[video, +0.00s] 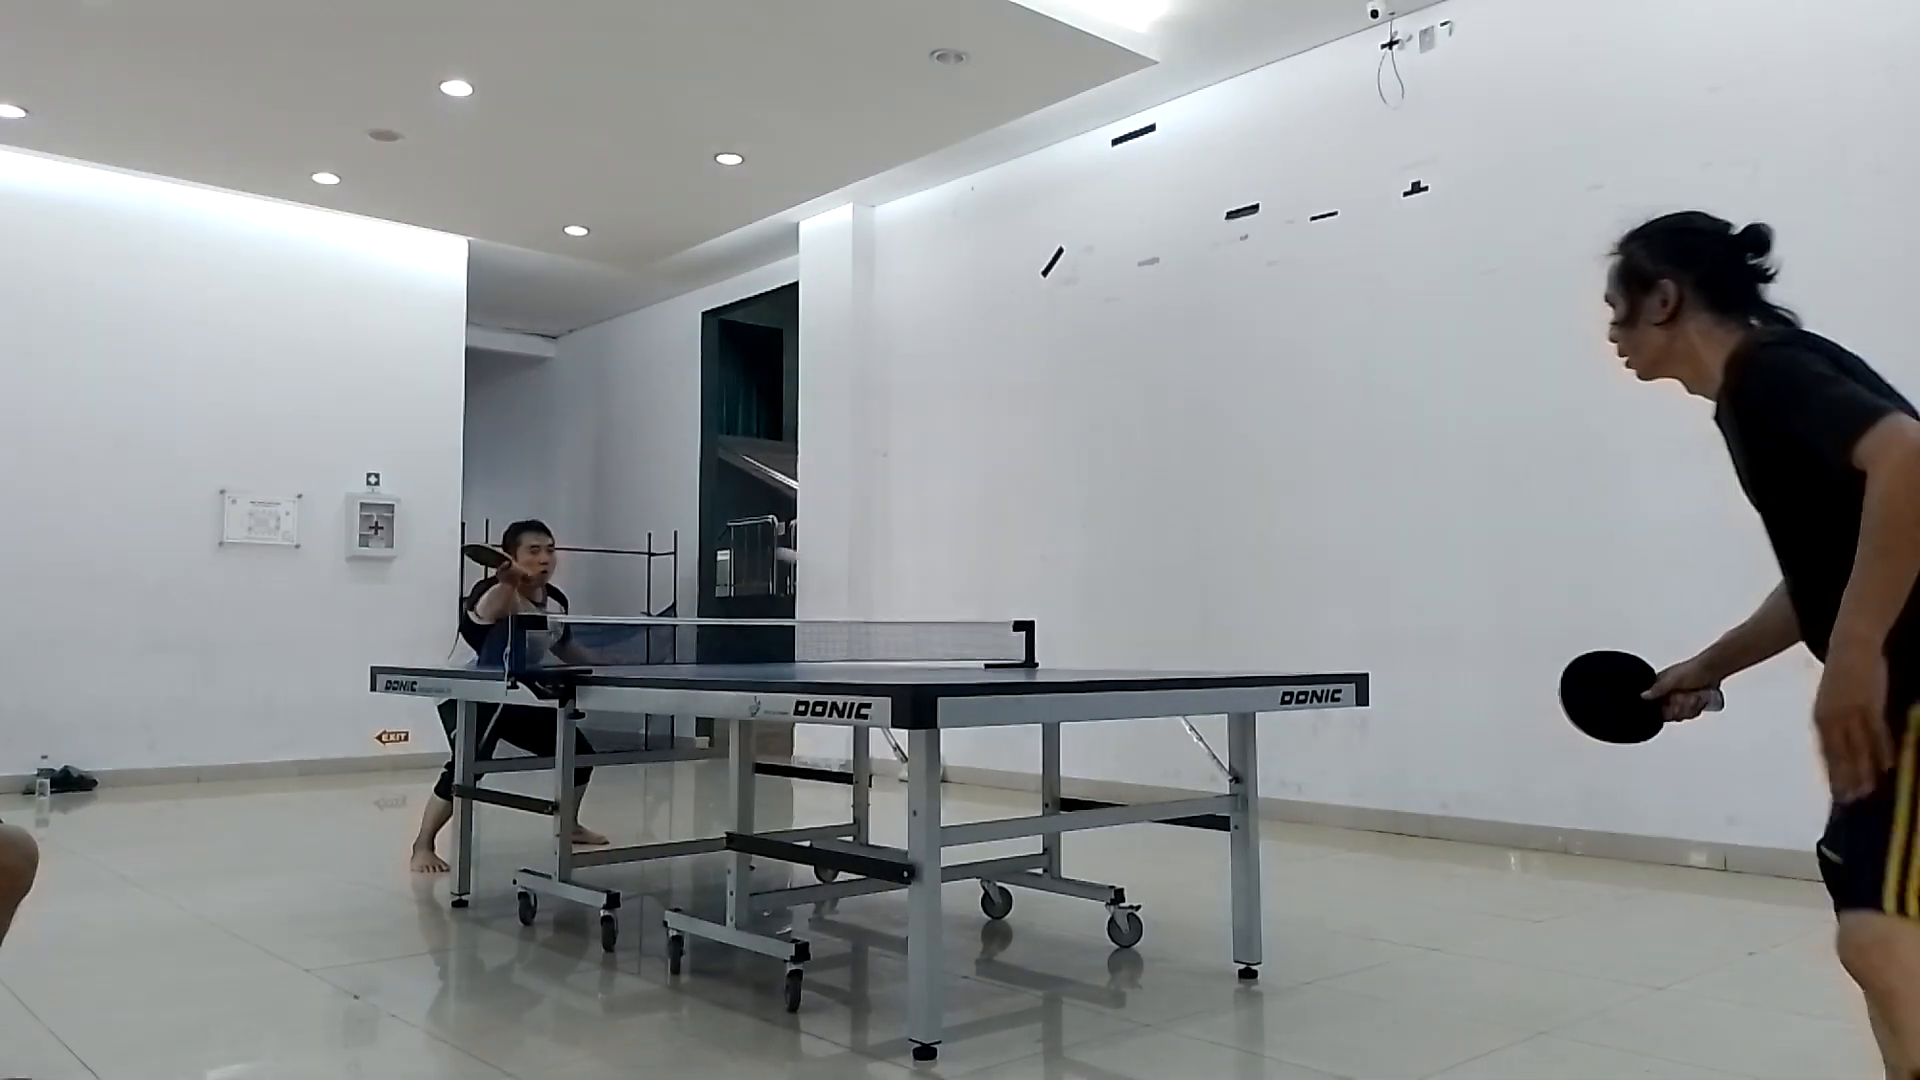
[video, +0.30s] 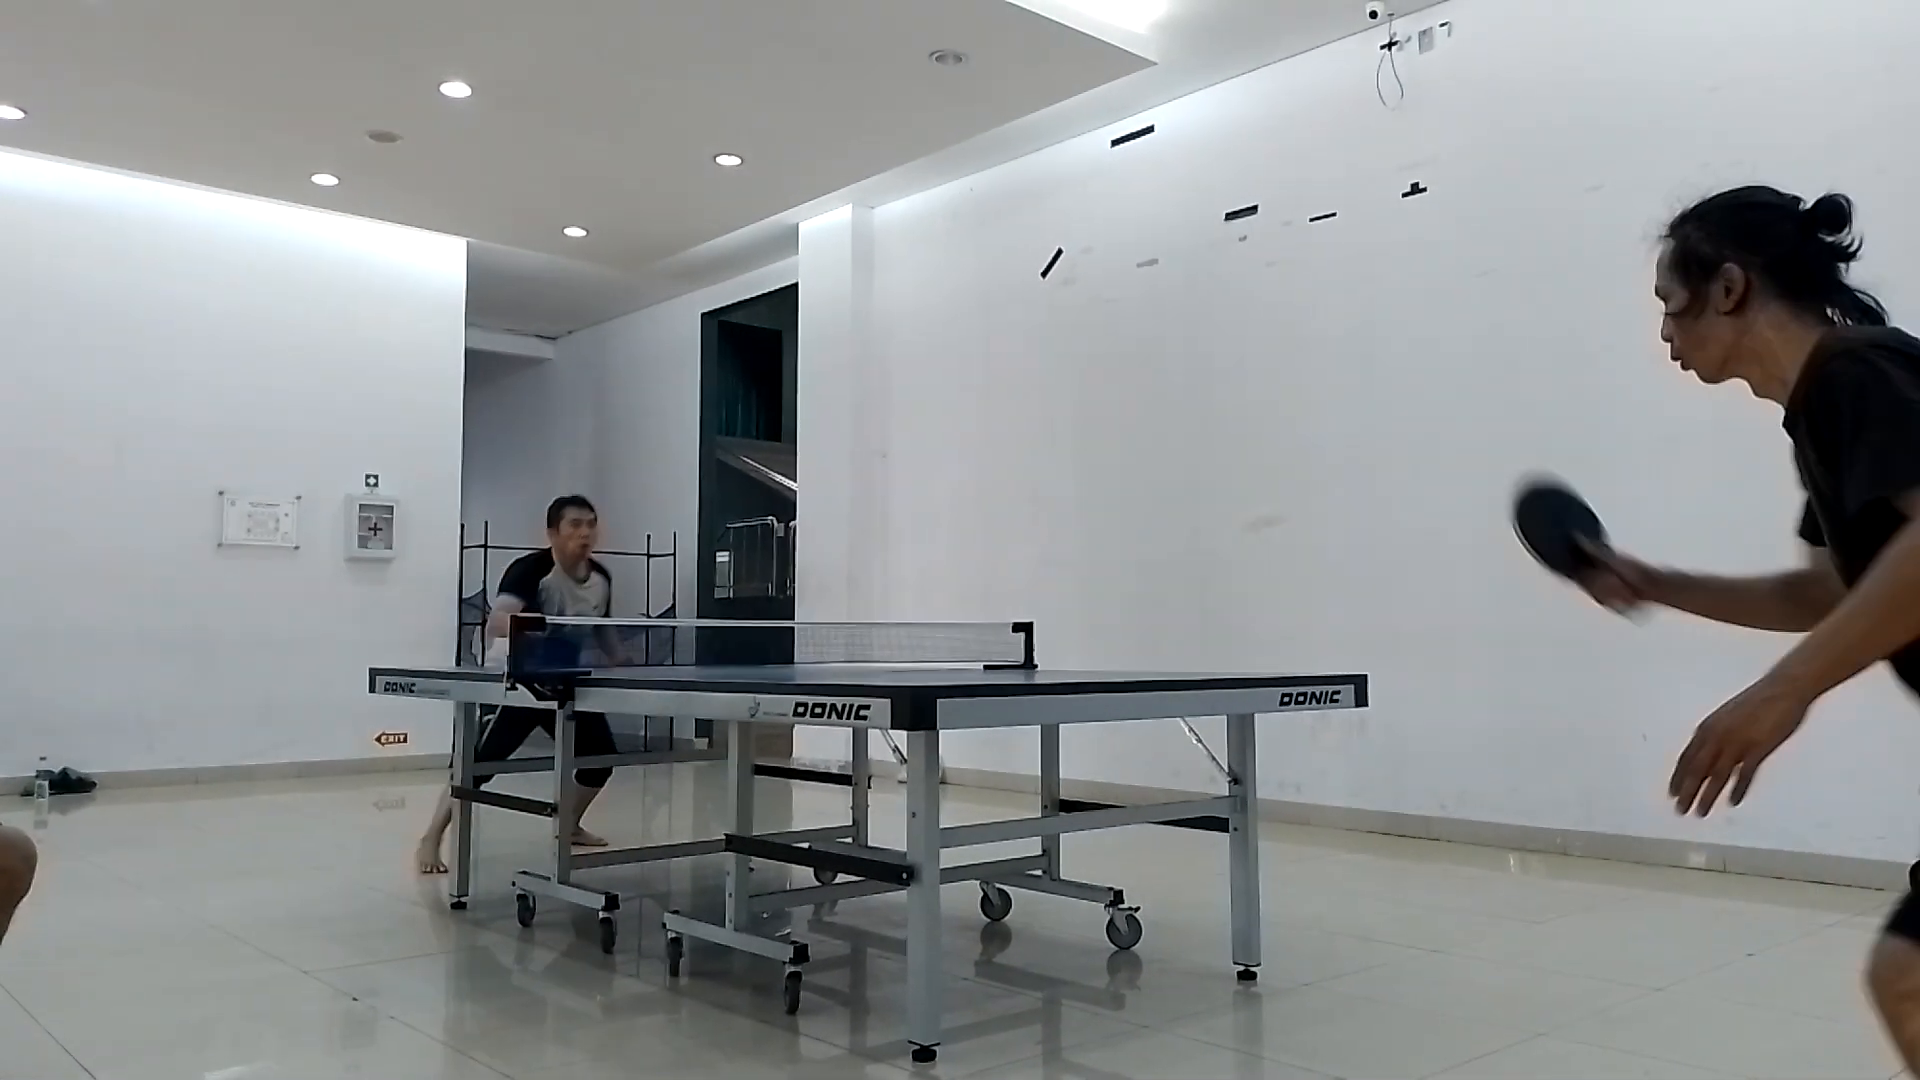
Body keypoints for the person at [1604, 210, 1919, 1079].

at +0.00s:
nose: (1614, 332)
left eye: (1619, 307)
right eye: (1611, 312)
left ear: (1670, 297)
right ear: (1676, 299)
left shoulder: (1771, 370)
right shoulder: (1750, 396)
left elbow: (1900, 449)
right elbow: (1823, 578)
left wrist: (1856, 646)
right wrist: (1709, 666)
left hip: (1914, 686)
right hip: (1894, 686)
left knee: (1878, 938)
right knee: (1882, 936)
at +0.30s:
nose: (1665, 331)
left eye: (1670, 304)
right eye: (1662, 310)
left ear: (1732, 288)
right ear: (1730, 292)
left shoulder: (1856, 378)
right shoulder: (1821, 402)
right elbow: (1836, 591)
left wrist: (1783, 694)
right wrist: (1654, 585)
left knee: (1903, 975)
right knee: (1899, 974)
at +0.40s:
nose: (1661, 381)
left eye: (1674, 349)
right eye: (1663, 351)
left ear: (1740, 336)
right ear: (1739, 339)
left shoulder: (1907, 422)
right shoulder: (1784, 494)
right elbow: (1634, 570)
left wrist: (1885, 711)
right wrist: (1459, 561)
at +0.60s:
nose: (1649, 484)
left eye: (1660, 451)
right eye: (1651, 455)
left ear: (1732, 456)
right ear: (1730, 459)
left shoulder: (1908, 500)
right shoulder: (1793, 600)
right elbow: (1628, 708)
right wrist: (1444, 753)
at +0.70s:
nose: (1647, 451)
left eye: (1655, 423)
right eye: (1649, 425)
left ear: (1719, 423)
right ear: (1719, 423)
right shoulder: (1798, 581)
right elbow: (1738, 734)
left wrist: (1591, 838)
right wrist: (1590, 839)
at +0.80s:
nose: (1644, 384)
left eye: (1651, 355)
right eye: (1643, 357)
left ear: (1709, 353)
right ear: (1710, 354)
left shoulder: (1891, 421)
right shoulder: (1797, 501)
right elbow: (1850, 678)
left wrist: (1727, 819)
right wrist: (1727, 818)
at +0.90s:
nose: (1642, 309)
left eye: (1650, 280)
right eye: (1643, 285)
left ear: (1703, 279)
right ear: (1709, 282)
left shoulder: (1849, 372)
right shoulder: (1797, 407)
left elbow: (1906, 596)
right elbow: (1902, 595)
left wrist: (1825, 743)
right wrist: (1822, 744)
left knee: (1917, 969)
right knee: (1916, 969)